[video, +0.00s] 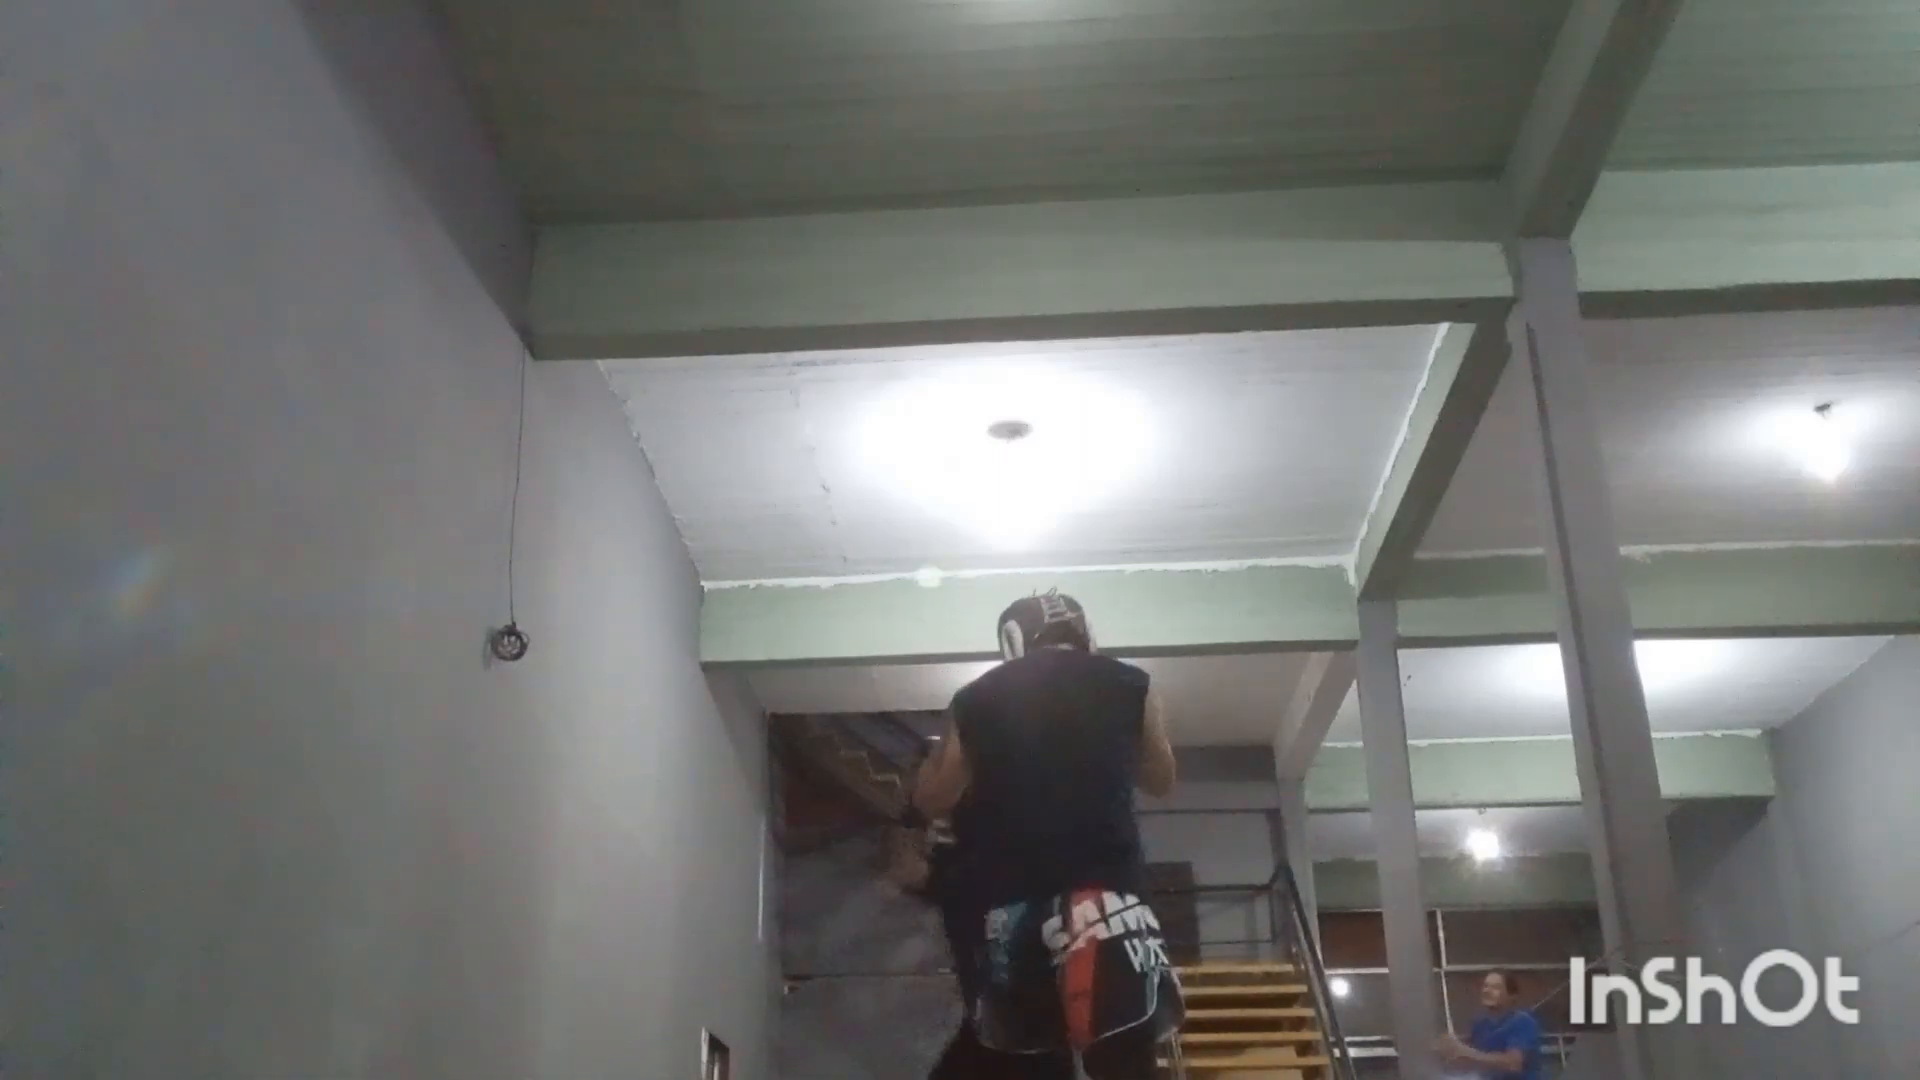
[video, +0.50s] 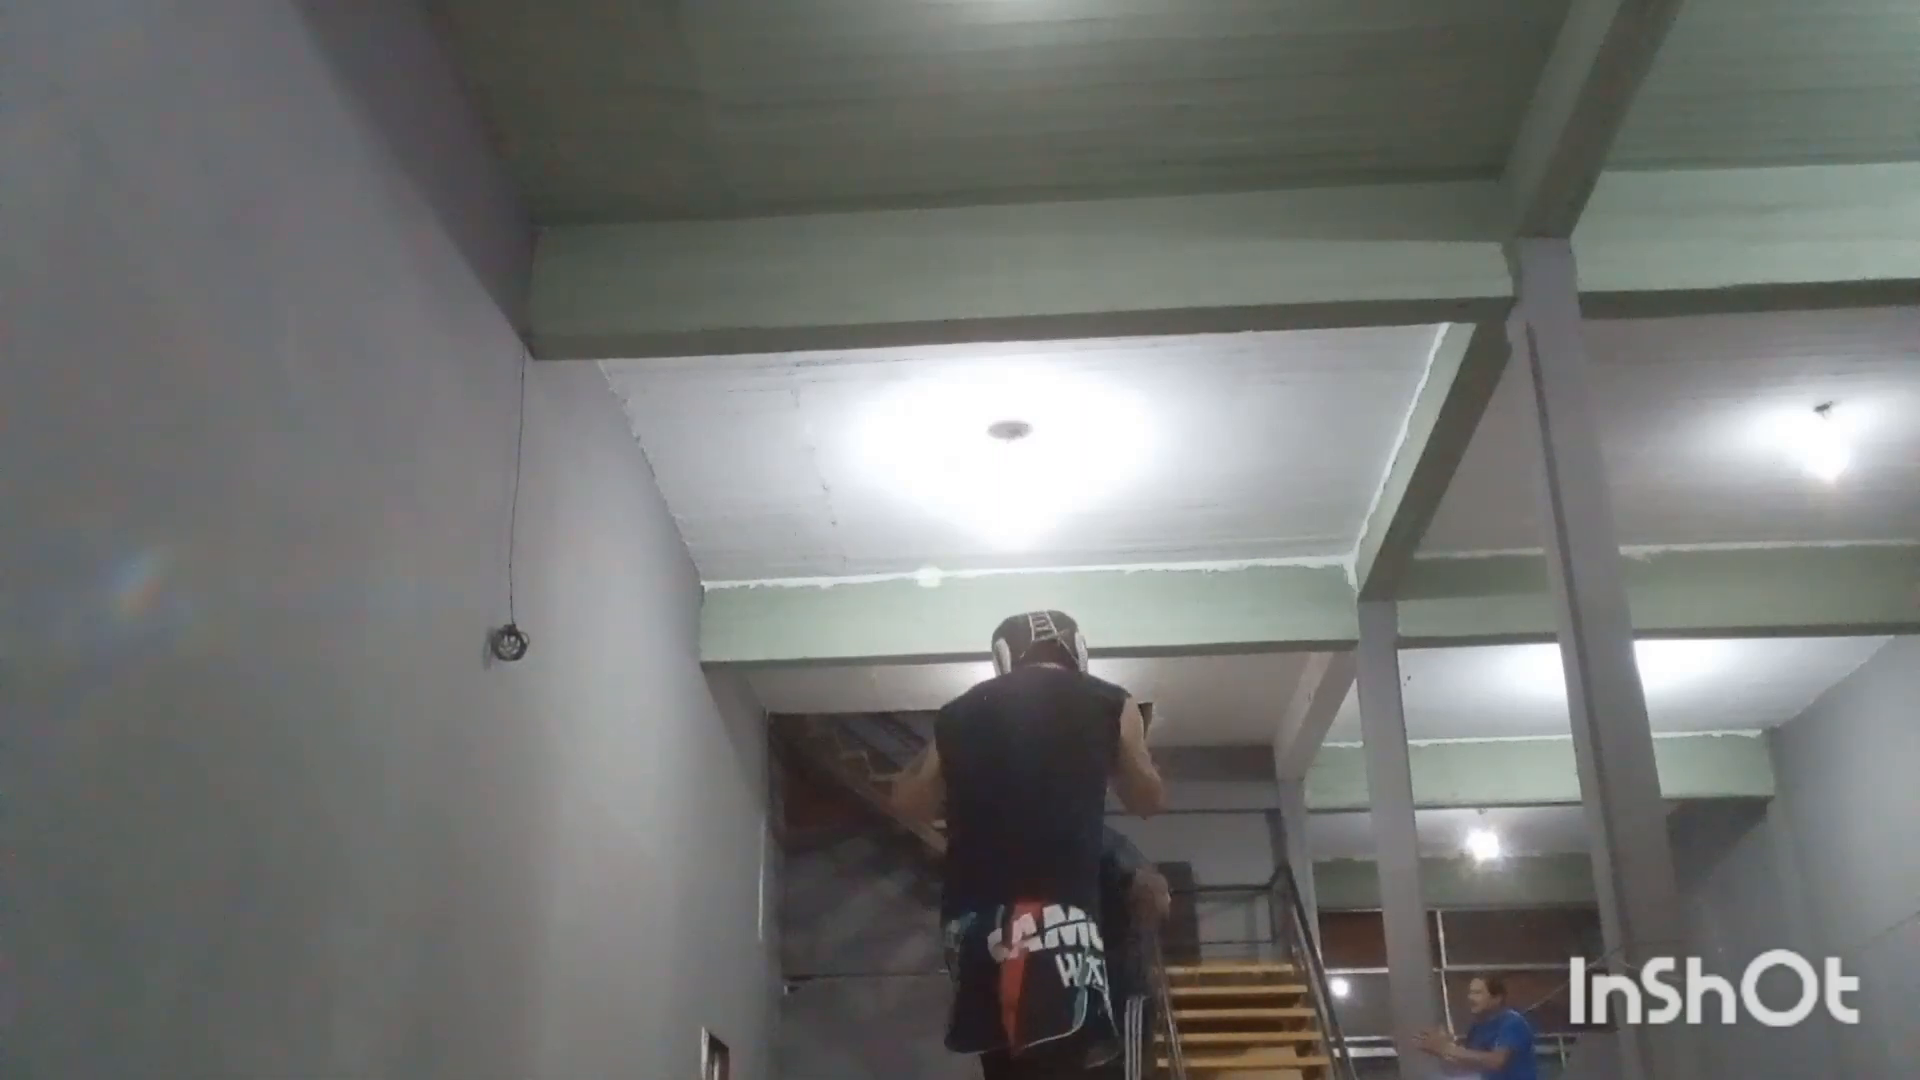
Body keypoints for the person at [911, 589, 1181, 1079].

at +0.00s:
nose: (1009, 648)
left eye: (1009, 641)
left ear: (1017, 642)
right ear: (1083, 636)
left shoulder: (977, 698)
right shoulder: (1127, 681)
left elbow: (934, 798)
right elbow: (1161, 779)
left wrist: (939, 757)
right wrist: (1106, 739)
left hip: (1012, 904)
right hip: (1112, 896)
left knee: (1029, 1059)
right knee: (1126, 1060)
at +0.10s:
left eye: (1000, 654)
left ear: (1010, 653)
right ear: (1075, 650)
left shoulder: (969, 709)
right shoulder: (1113, 691)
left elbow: (943, 810)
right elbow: (1150, 783)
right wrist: (1136, 730)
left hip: (998, 909)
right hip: (1098, 900)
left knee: (1012, 1058)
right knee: (1116, 1056)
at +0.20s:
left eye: (992, 662)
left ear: (1004, 662)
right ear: (1069, 653)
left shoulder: (966, 710)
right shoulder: (1106, 692)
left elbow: (945, 814)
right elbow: (1142, 785)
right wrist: (1129, 734)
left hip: (988, 913)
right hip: (1084, 903)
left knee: (1003, 1060)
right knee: (1106, 1059)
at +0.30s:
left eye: (992, 657)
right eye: (1072, 650)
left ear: (1002, 656)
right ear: (1068, 650)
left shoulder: (964, 707)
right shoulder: (1103, 690)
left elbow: (935, 807)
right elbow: (1143, 787)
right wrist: (1122, 734)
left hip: (983, 923)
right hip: (1079, 917)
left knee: (1002, 1065)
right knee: (1093, 1065)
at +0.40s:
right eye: (1080, 650)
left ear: (1005, 654)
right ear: (1072, 649)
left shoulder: (962, 709)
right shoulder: (1108, 694)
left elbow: (914, 800)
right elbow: (1148, 793)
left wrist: (981, 789)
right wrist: (1130, 735)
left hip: (980, 923)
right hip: (1073, 920)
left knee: (1000, 1067)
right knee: (1074, 1068)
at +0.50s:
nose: (1086, 660)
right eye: (1082, 653)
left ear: (1007, 659)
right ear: (1073, 654)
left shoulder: (961, 711)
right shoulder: (1108, 701)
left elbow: (908, 800)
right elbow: (1146, 799)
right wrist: (1134, 741)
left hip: (973, 915)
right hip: (1066, 913)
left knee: (999, 1062)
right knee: (1060, 1061)